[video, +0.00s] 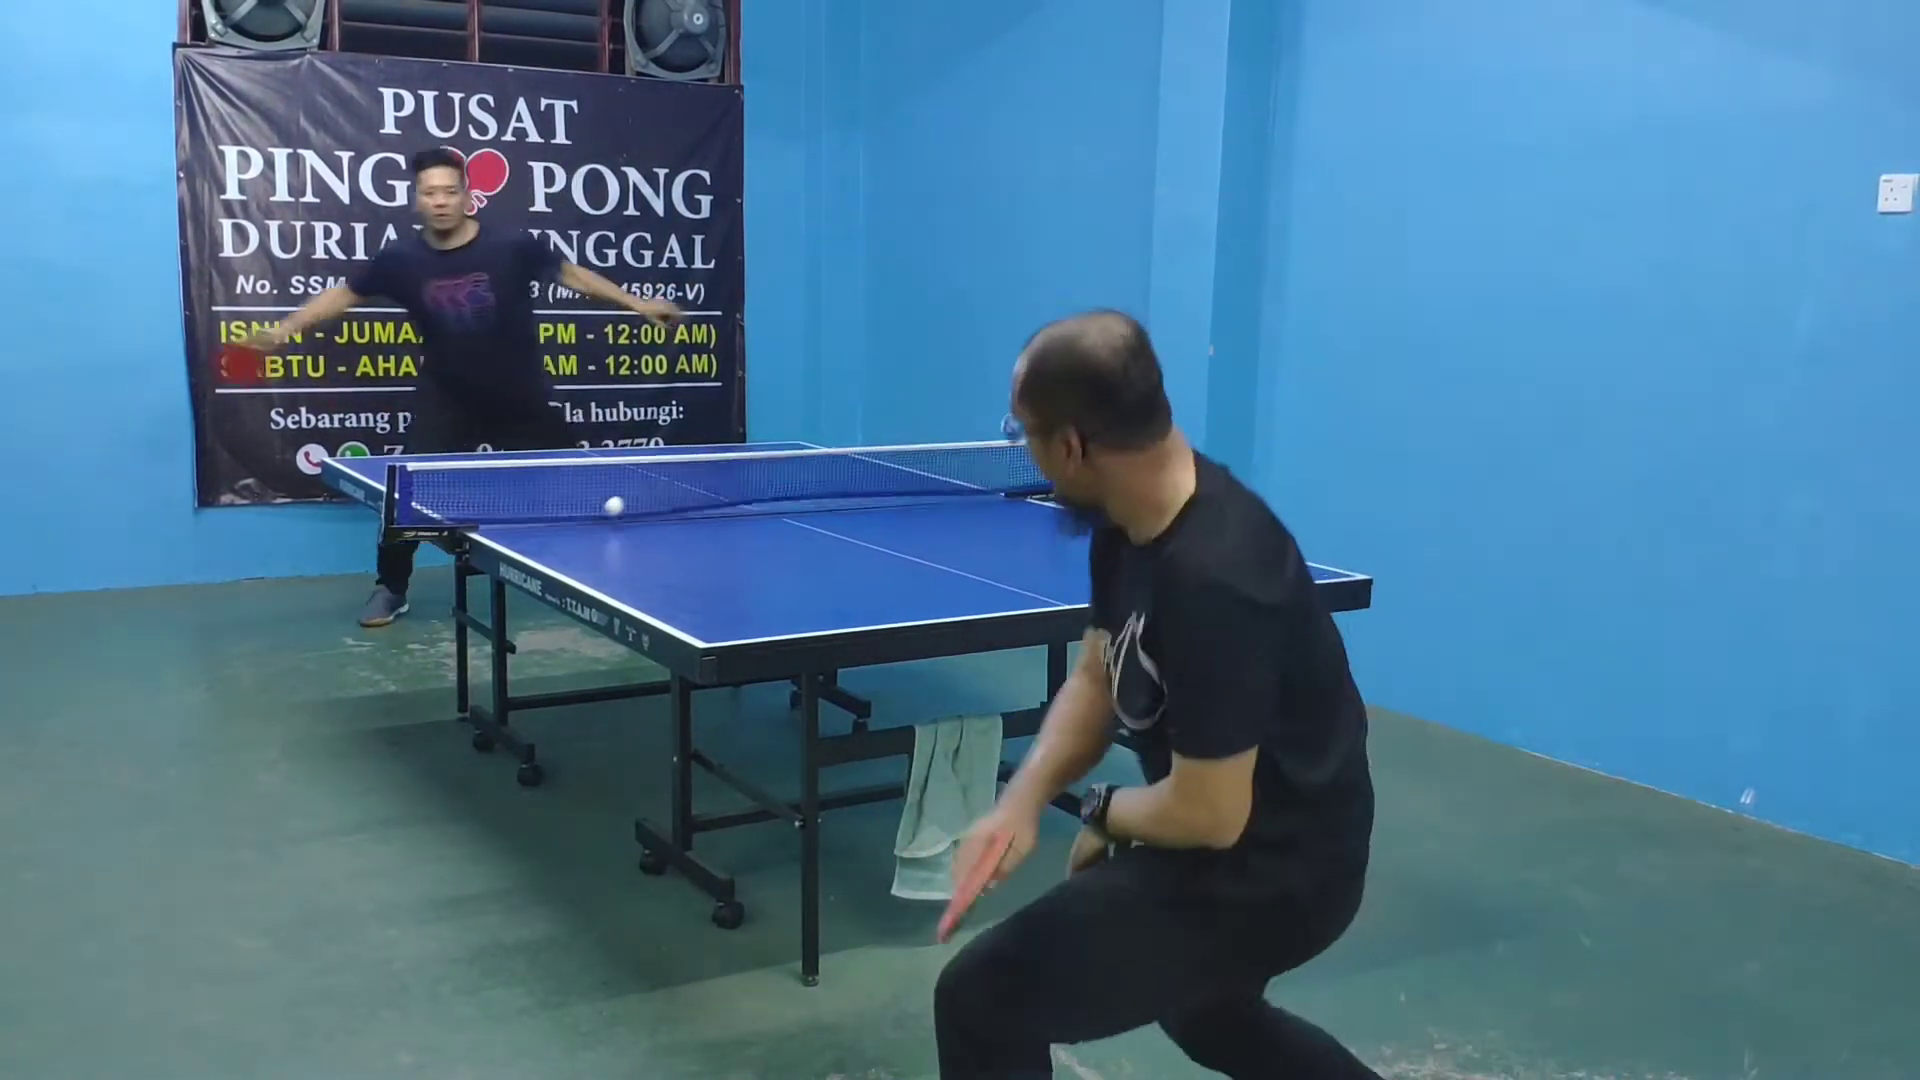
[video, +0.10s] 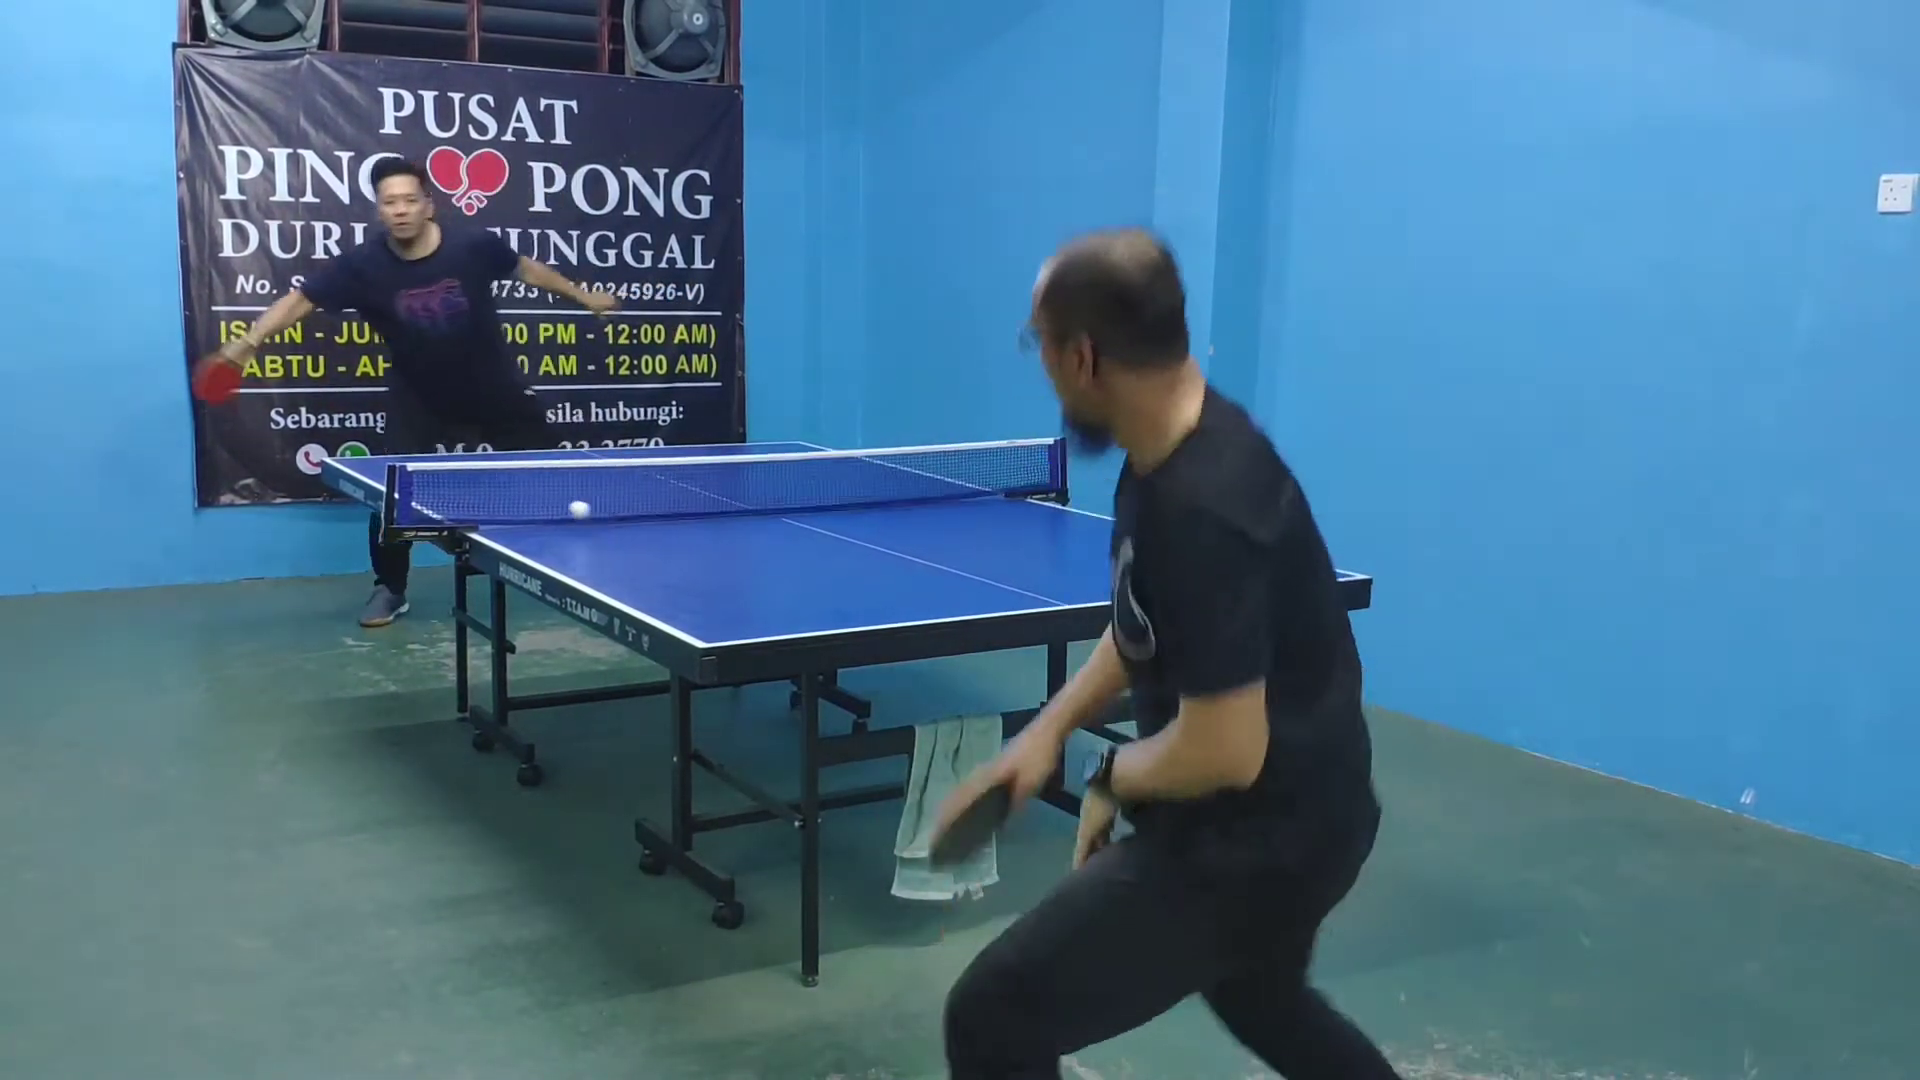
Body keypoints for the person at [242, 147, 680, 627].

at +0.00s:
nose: (439, 202)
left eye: (448, 193)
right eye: (429, 194)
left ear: (469, 197)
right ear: (417, 203)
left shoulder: (512, 245)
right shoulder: (400, 263)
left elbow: (576, 276)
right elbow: (342, 297)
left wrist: (639, 304)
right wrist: (286, 330)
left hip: (519, 397)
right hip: (447, 402)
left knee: (577, 482)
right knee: (410, 488)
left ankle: (611, 580)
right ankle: (390, 587)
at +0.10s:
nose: (400, 210)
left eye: (409, 200)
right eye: (390, 202)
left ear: (429, 204)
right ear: (377, 210)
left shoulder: (473, 248)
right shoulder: (364, 267)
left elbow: (526, 269)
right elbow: (301, 299)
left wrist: (582, 293)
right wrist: (249, 339)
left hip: (493, 389)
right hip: (418, 399)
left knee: (553, 467)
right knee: (393, 485)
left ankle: (582, 570)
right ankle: (390, 587)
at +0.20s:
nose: (375, 207)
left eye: (384, 196)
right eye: (364, 198)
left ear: (403, 196)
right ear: (352, 205)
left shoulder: (445, 236)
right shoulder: (340, 261)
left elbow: (500, 267)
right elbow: (290, 318)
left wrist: (554, 302)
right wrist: (298, 368)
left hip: (462, 375)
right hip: (391, 386)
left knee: (508, 462)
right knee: (381, 479)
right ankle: (385, 585)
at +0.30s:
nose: (367, 196)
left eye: (375, 185)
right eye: (356, 188)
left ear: (393, 186)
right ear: (343, 194)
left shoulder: (435, 228)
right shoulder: (330, 252)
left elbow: (488, 266)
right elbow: (291, 317)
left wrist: (544, 310)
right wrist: (327, 365)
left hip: (449, 375)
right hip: (381, 384)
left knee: (486, 467)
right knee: (378, 481)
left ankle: (468, 536)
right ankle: (384, 585)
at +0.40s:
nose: (357, 177)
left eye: (366, 166)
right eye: (347, 168)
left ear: (383, 168)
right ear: (334, 175)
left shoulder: (423, 214)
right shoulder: (317, 237)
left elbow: (471, 258)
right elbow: (292, 306)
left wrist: (508, 311)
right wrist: (333, 350)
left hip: (428, 368)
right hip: (361, 376)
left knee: (441, 465)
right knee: (366, 477)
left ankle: (423, 545)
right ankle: (380, 581)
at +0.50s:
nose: (353, 175)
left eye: (362, 164)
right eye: (343, 166)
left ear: (378, 166)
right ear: (329, 171)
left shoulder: (415, 221)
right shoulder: (308, 233)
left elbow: (455, 267)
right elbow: (281, 303)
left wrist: (463, 317)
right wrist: (321, 346)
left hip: (403, 369)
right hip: (339, 373)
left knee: (395, 466)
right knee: (339, 469)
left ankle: (377, 559)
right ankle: (354, 570)